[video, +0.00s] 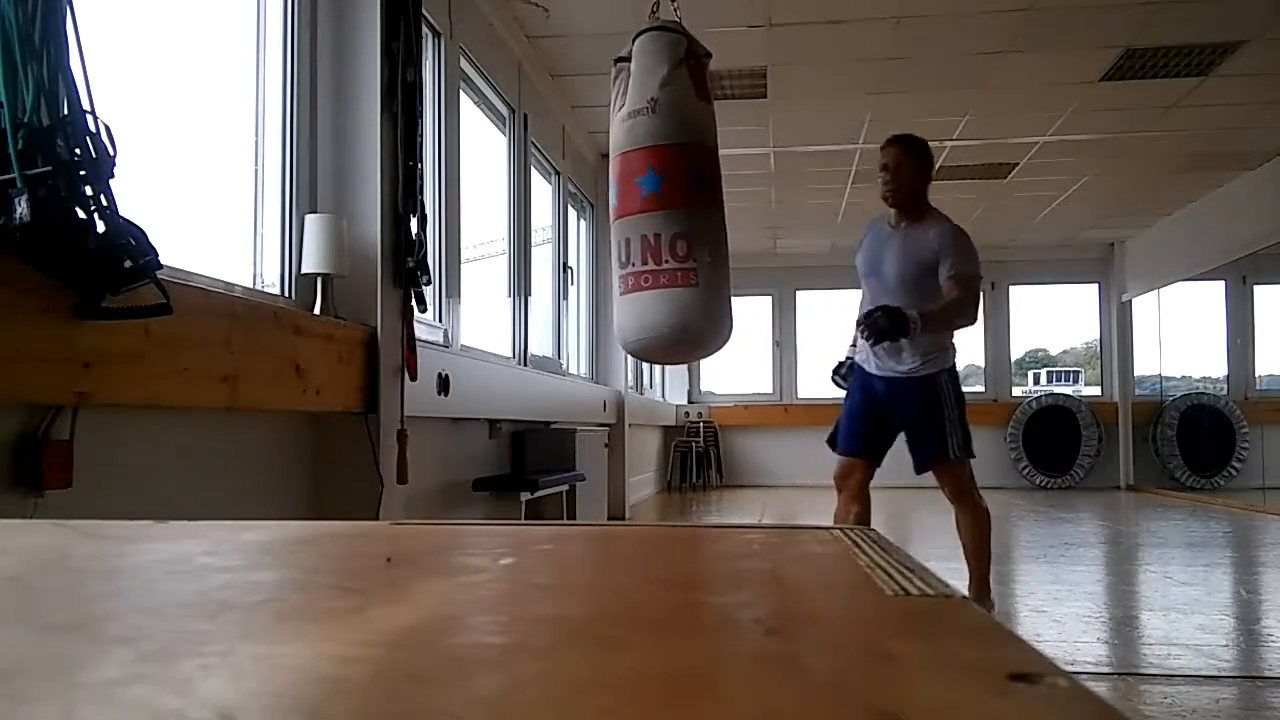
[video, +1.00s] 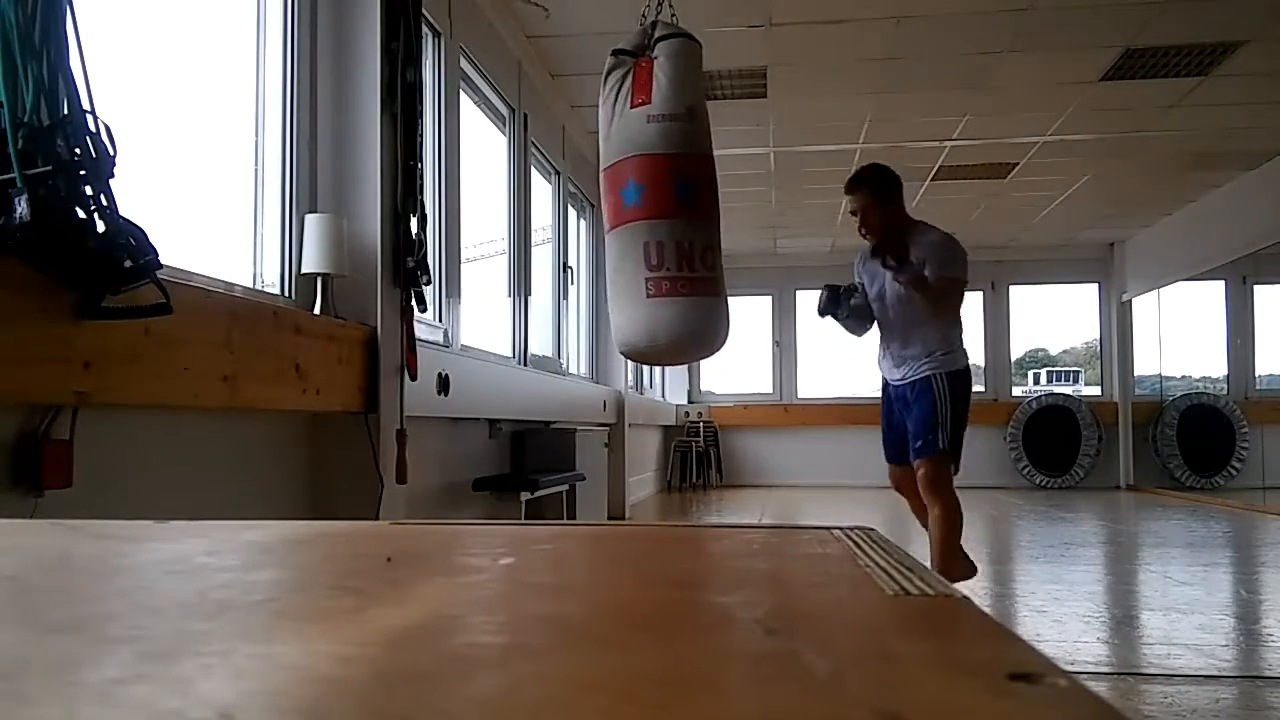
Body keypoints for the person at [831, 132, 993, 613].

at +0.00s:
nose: (882, 179)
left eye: (892, 170)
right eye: (881, 170)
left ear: (922, 174)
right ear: (882, 176)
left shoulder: (948, 237)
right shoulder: (874, 234)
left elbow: (965, 308)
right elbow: (871, 304)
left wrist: (909, 322)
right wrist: (855, 355)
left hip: (928, 381)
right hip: (871, 380)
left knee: (959, 488)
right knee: (848, 481)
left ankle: (980, 595)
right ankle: (847, 591)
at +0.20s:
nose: (913, 176)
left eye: (923, 167)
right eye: (909, 168)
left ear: (951, 173)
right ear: (905, 174)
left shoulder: (976, 240)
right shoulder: (895, 230)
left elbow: (992, 312)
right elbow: (886, 290)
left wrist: (943, 316)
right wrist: (867, 339)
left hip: (943, 374)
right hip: (890, 372)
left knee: (966, 484)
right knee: (878, 472)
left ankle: (981, 594)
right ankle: (899, 581)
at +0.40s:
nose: (906, 184)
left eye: (915, 175)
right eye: (902, 176)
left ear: (944, 179)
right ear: (899, 182)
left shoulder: (972, 239)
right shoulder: (893, 240)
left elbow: (994, 309)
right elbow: (886, 295)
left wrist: (952, 280)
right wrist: (859, 323)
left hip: (950, 372)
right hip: (901, 373)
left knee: (965, 480)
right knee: (909, 470)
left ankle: (982, 593)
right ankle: (952, 558)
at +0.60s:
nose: (880, 210)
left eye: (888, 200)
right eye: (876, 202)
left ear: (915, 199)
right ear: (877, 208)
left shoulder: (953, 247)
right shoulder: (881, 264)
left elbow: (988, 309)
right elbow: (877, 320)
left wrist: (941, 295)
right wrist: (858, 331)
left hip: (950, 373)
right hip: (905, 382)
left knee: (951, 469)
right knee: (917, 480)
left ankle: (979, 582)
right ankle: (959, 568)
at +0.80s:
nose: (866, 214)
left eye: (872, 203)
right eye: (861, 206)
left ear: (900, 197)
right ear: (867, 208)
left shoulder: (948, 237)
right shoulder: (878, 257)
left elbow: (987, 288)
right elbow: (867, 323)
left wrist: (941, 274)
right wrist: (857, 299)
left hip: (945, 368)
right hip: (901, 375)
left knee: (944, 466)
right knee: (918, 474)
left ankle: (950, 580)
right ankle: (962, 564)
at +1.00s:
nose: (858, 224)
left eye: (861, 213)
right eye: (854, 215)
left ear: (891, 204)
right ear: (873, 211)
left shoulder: (940, 246)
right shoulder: (867, 260)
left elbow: (947, 309)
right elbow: (863, 322)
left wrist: (914, 278)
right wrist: (841, 307)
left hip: (938, 371)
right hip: (895, 376)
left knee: (932, 477)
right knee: (902, 477)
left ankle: (938, 583)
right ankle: (957, 561)